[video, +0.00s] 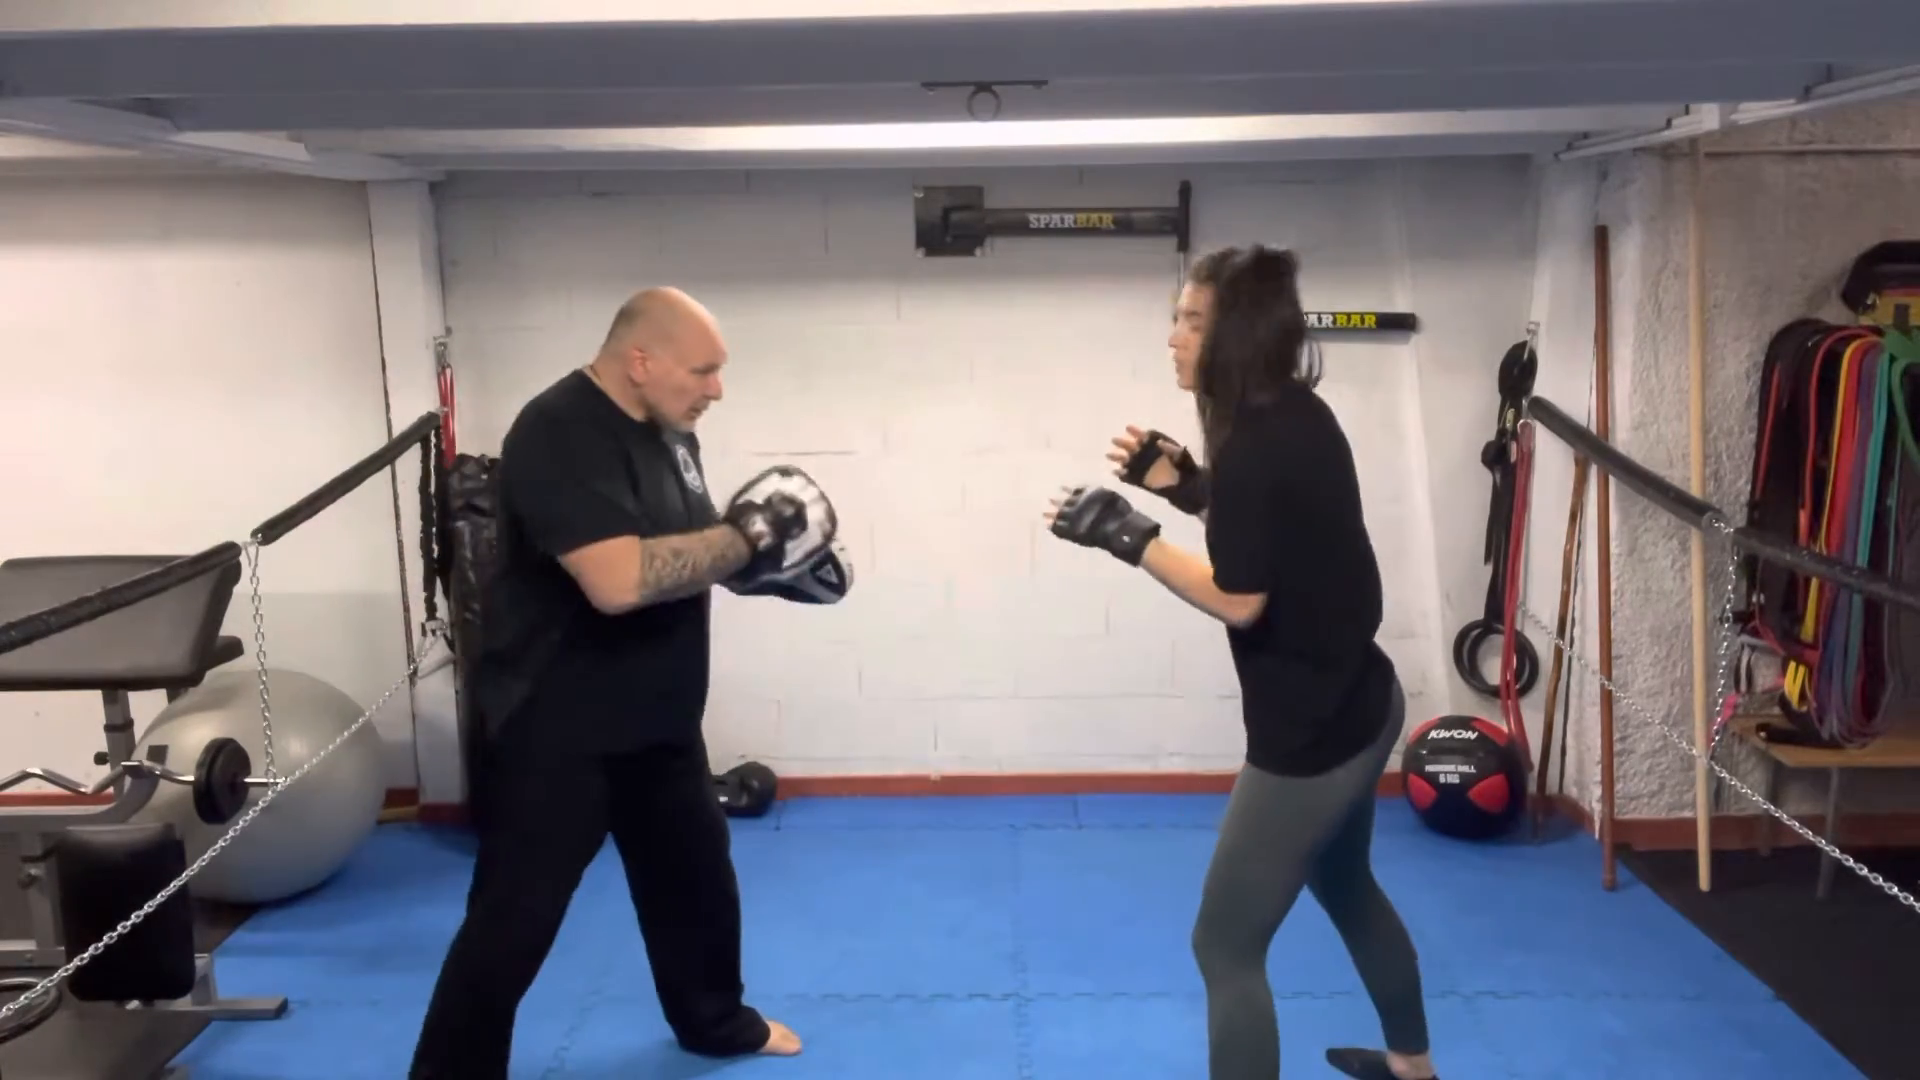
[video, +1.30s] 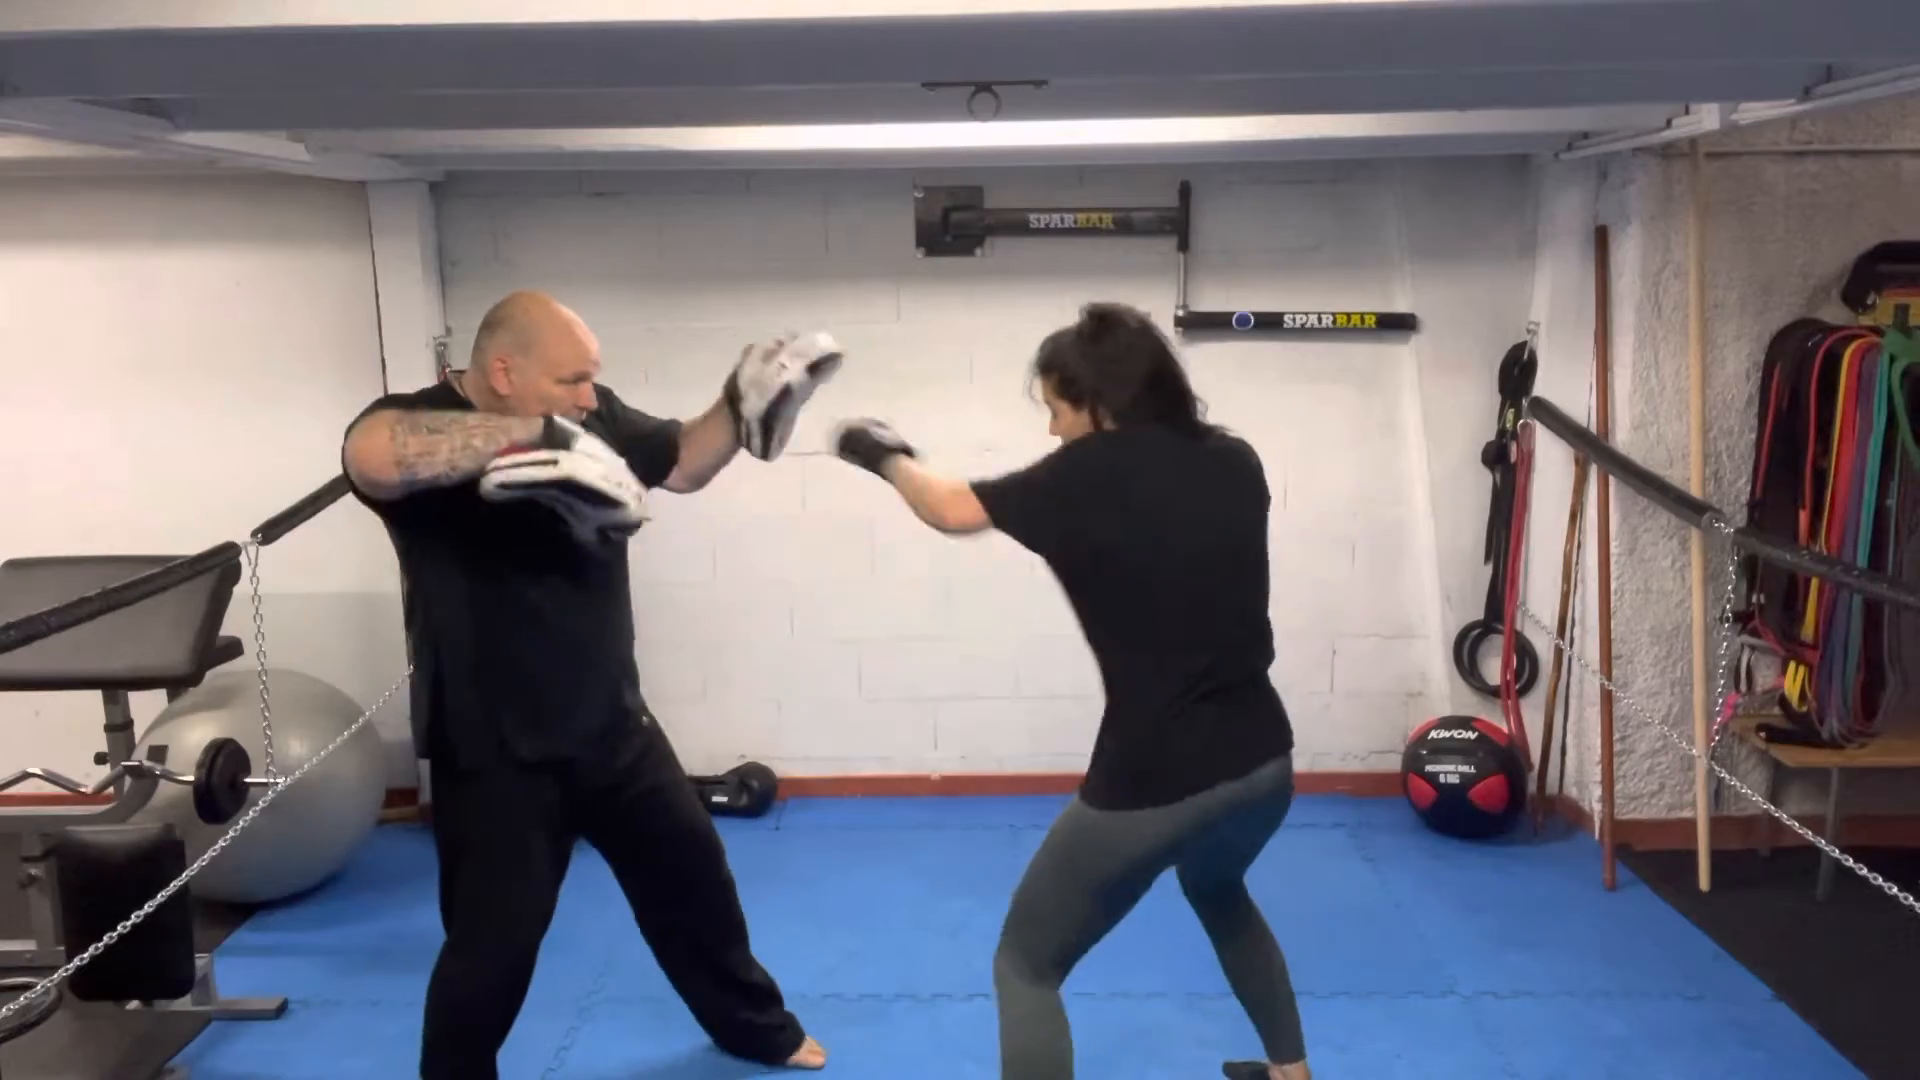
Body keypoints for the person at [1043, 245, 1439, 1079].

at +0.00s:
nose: (1173, 338)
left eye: (1189, 323)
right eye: (1175, 320)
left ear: (1239, 335)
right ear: (1265, 336)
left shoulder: (1255, 440)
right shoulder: (1300, 416)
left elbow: (1239, 601)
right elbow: (1288, 530)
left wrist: (1130, 537)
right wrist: (1191, 485)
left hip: (1309, 736)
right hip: (1358, 706)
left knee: (1227, 946)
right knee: (1346, 885)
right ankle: (1412, 1061)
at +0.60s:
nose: (1100, 367)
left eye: (1110, 345)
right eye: (1102, 346)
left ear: (1166, 344)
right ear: (1172, 345)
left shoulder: (1211, 437)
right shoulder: (1265, 422)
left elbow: (1165, 587)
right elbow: (1229, 550)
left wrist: (1100, 489)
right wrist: (1143, 483)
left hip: (1239, 749)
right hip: (1294, 724)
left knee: (1170, 953)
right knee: (1227, 900)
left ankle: (1221, 1076)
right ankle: (1285, 1066)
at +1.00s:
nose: (1090, 406)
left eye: (1096, 388)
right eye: (1088, 389)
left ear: (1149, 383)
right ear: (1157, 378)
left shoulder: (1207, 455)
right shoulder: (1252, 440)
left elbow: (1166, 597)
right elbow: (1180, 567)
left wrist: (1108, 492)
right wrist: (1117, 478)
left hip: (1218, 757)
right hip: (1280, 735)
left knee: (1073, 907)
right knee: (1194, 885)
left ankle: (1142, 1075)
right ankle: (1288, 1065)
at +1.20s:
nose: (1065, 421)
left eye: (1070, 401)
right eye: (1063, 403)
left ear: (1118, 391)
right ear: (1161, 379)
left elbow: (1082, 587)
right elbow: (1217, 540)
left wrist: (1042, 518)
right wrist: (1133, 480)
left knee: (1046, 935)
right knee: (1218, 885)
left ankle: (1033, 1075)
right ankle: (1292, 1066)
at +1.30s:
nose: (1051, 428)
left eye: (1054, 408)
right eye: (1049, 409)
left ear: (1096, 403)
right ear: (1155, 390)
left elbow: (952, 508)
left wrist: (888, 458)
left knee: (1027, 962)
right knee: (1219, 890)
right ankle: (1291, 1066)